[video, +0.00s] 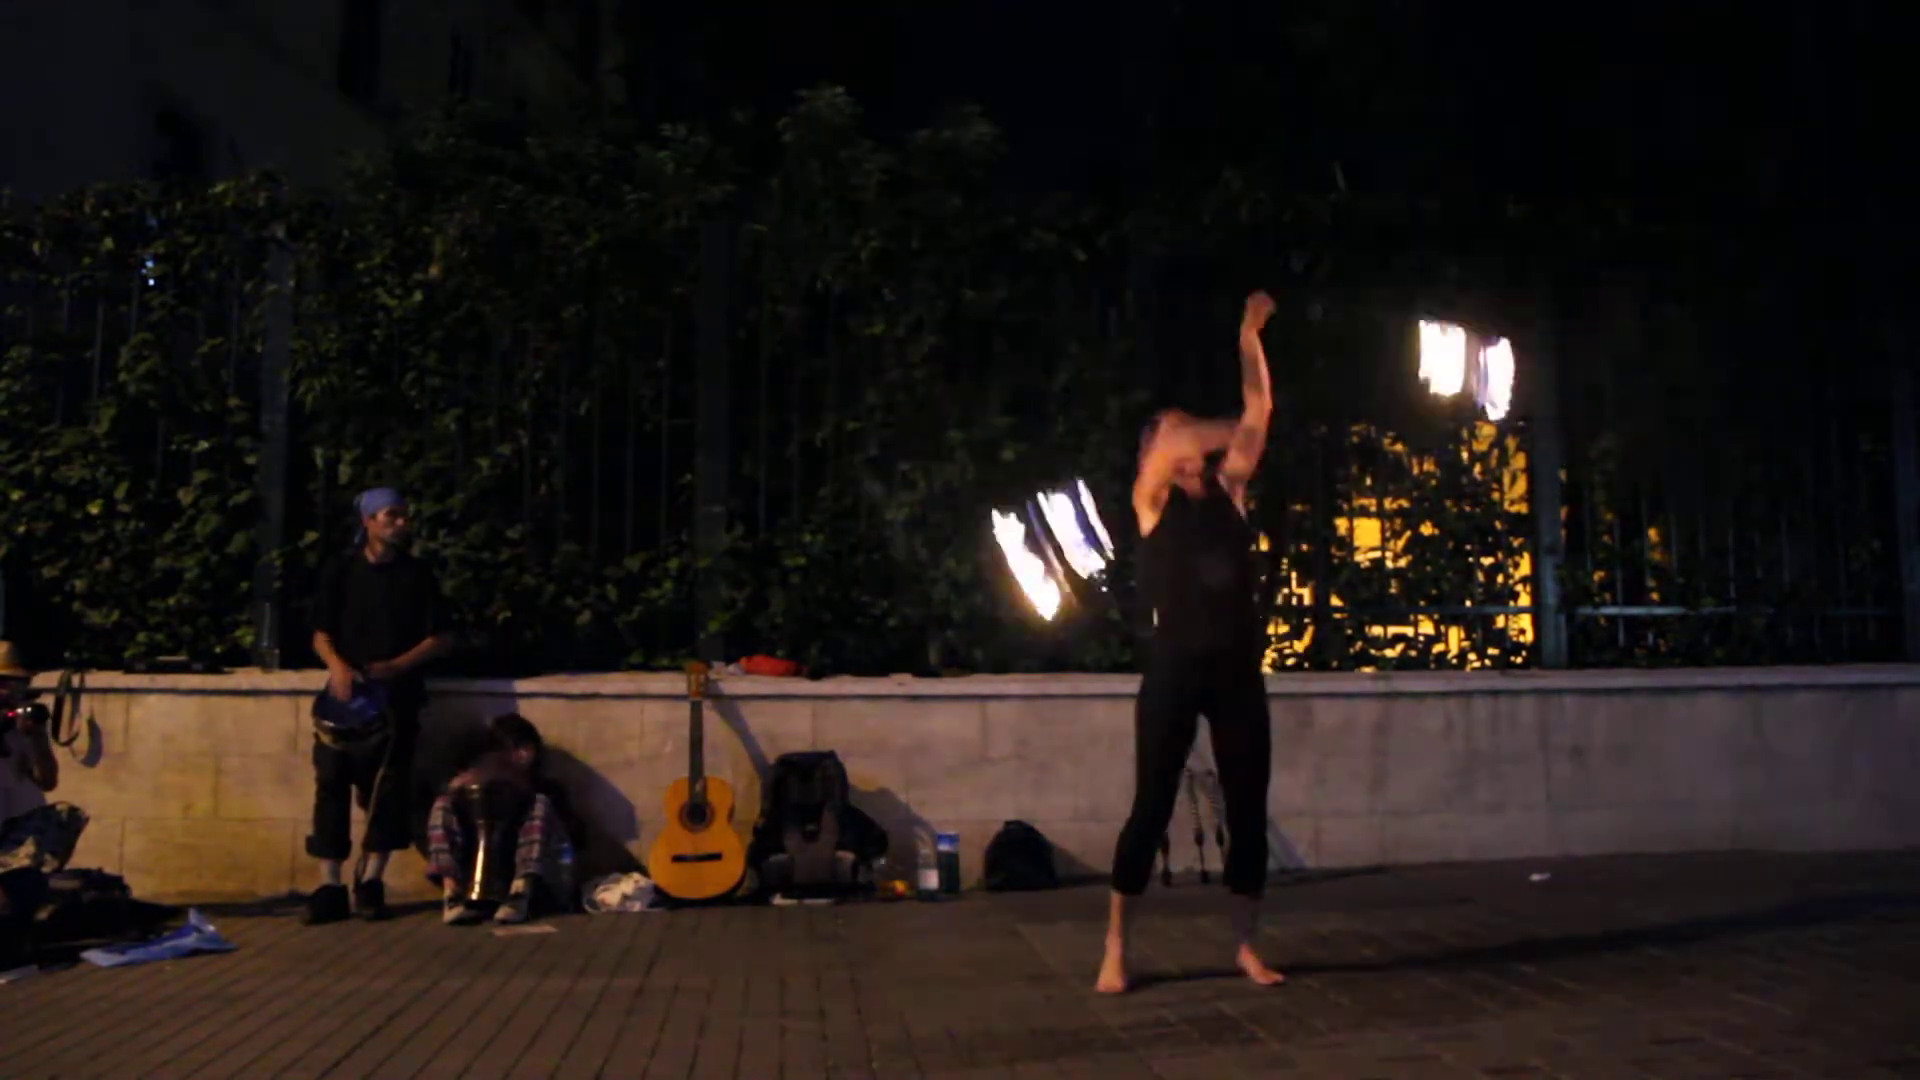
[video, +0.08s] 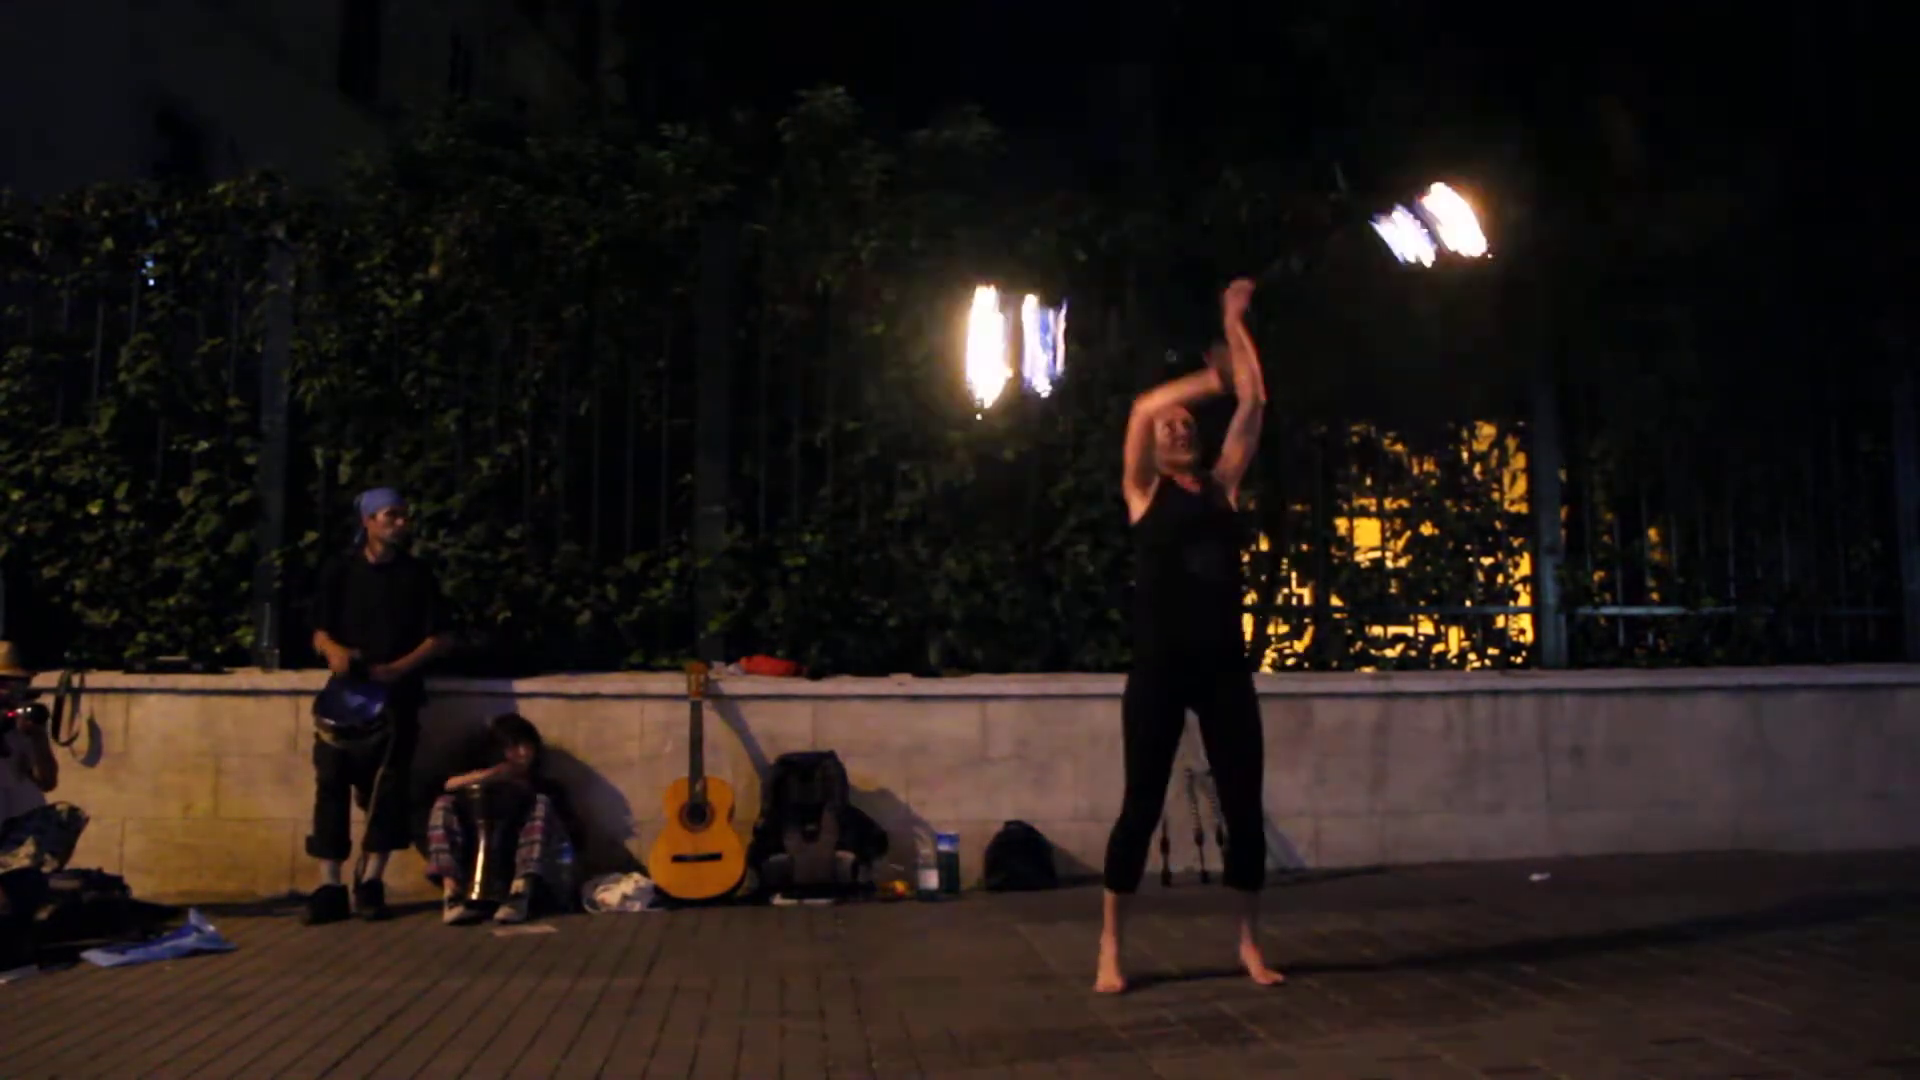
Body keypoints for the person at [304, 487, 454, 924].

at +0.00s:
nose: (401, 523)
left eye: (403, 516)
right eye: (392, 517)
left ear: (404, 522)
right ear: (368, 521)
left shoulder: (417, 573)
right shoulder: (341, 571)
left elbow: (440, 638)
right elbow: (319, 633)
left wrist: (394, 666)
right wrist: (337, 668)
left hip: (396, 695)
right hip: (345, 691)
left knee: (390, 785)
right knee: (331, 783)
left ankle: (370, 881)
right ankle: (330, 882)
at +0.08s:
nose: (401, 523)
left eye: (404, 516)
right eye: (392, 516)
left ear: (405, 523)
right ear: (368, 521)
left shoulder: (418, 574)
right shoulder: (340, 572)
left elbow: (440, 638)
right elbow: (319, 631)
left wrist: (395, 668)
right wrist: (334, 652)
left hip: (396, 694)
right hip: (345, 691)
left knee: (389, 784)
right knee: (331, 783)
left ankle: (370, 881)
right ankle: (330, 883)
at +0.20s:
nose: (402, 524)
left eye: (404, 517)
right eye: (393, 518)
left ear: (406, 523)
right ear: (368, 522)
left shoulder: (418, 574)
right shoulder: (341, 572)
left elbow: (442, 637)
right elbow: (317, 631)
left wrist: (398, 666)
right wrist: (333, 649)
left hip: (396, 695)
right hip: (346, 692)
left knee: (388, 785)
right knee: (331, 783)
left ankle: (370, 881)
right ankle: (330, 882)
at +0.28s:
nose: (403, 525)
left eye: (405, 518)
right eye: (394, 518)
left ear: (406, 524)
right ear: (369, 523)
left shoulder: (418, 574)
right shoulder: (341, 571)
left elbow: (441, 637)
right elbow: (316, 631)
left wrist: (397, 665)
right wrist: (334, 664)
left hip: (396, 695)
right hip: (344, 692)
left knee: (389, 785)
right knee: (331, 783)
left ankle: (371, 881)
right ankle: (330, 883)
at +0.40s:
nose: (403, 524)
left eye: (405, 517)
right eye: (394, 517)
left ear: (406, 524)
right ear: (369, 522)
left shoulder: (418, 574)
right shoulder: (340, 571)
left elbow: (443, 637)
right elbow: (316, 629)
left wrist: (397, 667)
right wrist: (336, 658)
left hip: (396, 696)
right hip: (344, 692)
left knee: (388, 785)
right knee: (330, 784)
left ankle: (371, 880)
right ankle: (330, 883)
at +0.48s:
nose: (401, 524)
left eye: (404, 517)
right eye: (392, 517)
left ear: (406, 524)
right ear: (368, 522)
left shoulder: (417, 574)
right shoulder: (340, 571)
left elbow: (443, 637)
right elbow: (316, 628)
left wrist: (396, 669)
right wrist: (337, 659)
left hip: (396, 697)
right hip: (344, 693)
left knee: (388, 787)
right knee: (331, 785)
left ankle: (371, 880)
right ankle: (330, 883)